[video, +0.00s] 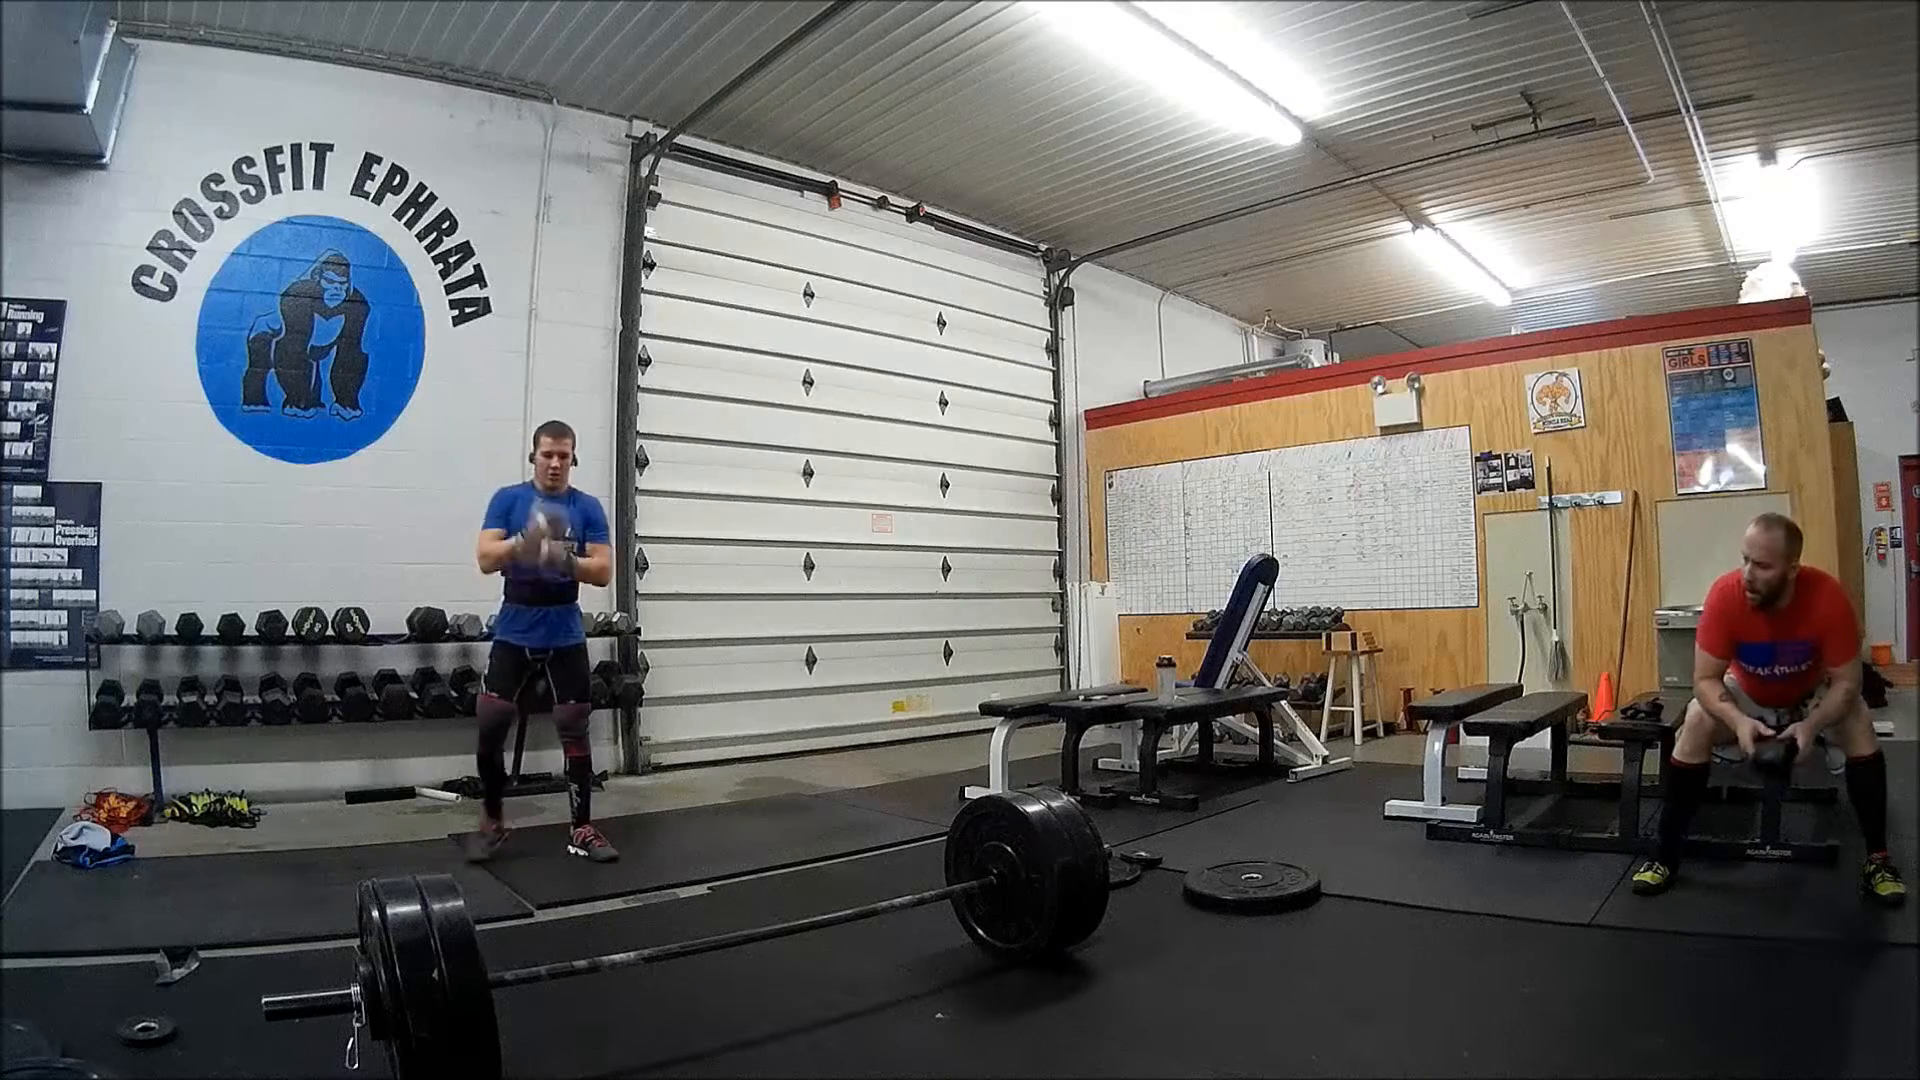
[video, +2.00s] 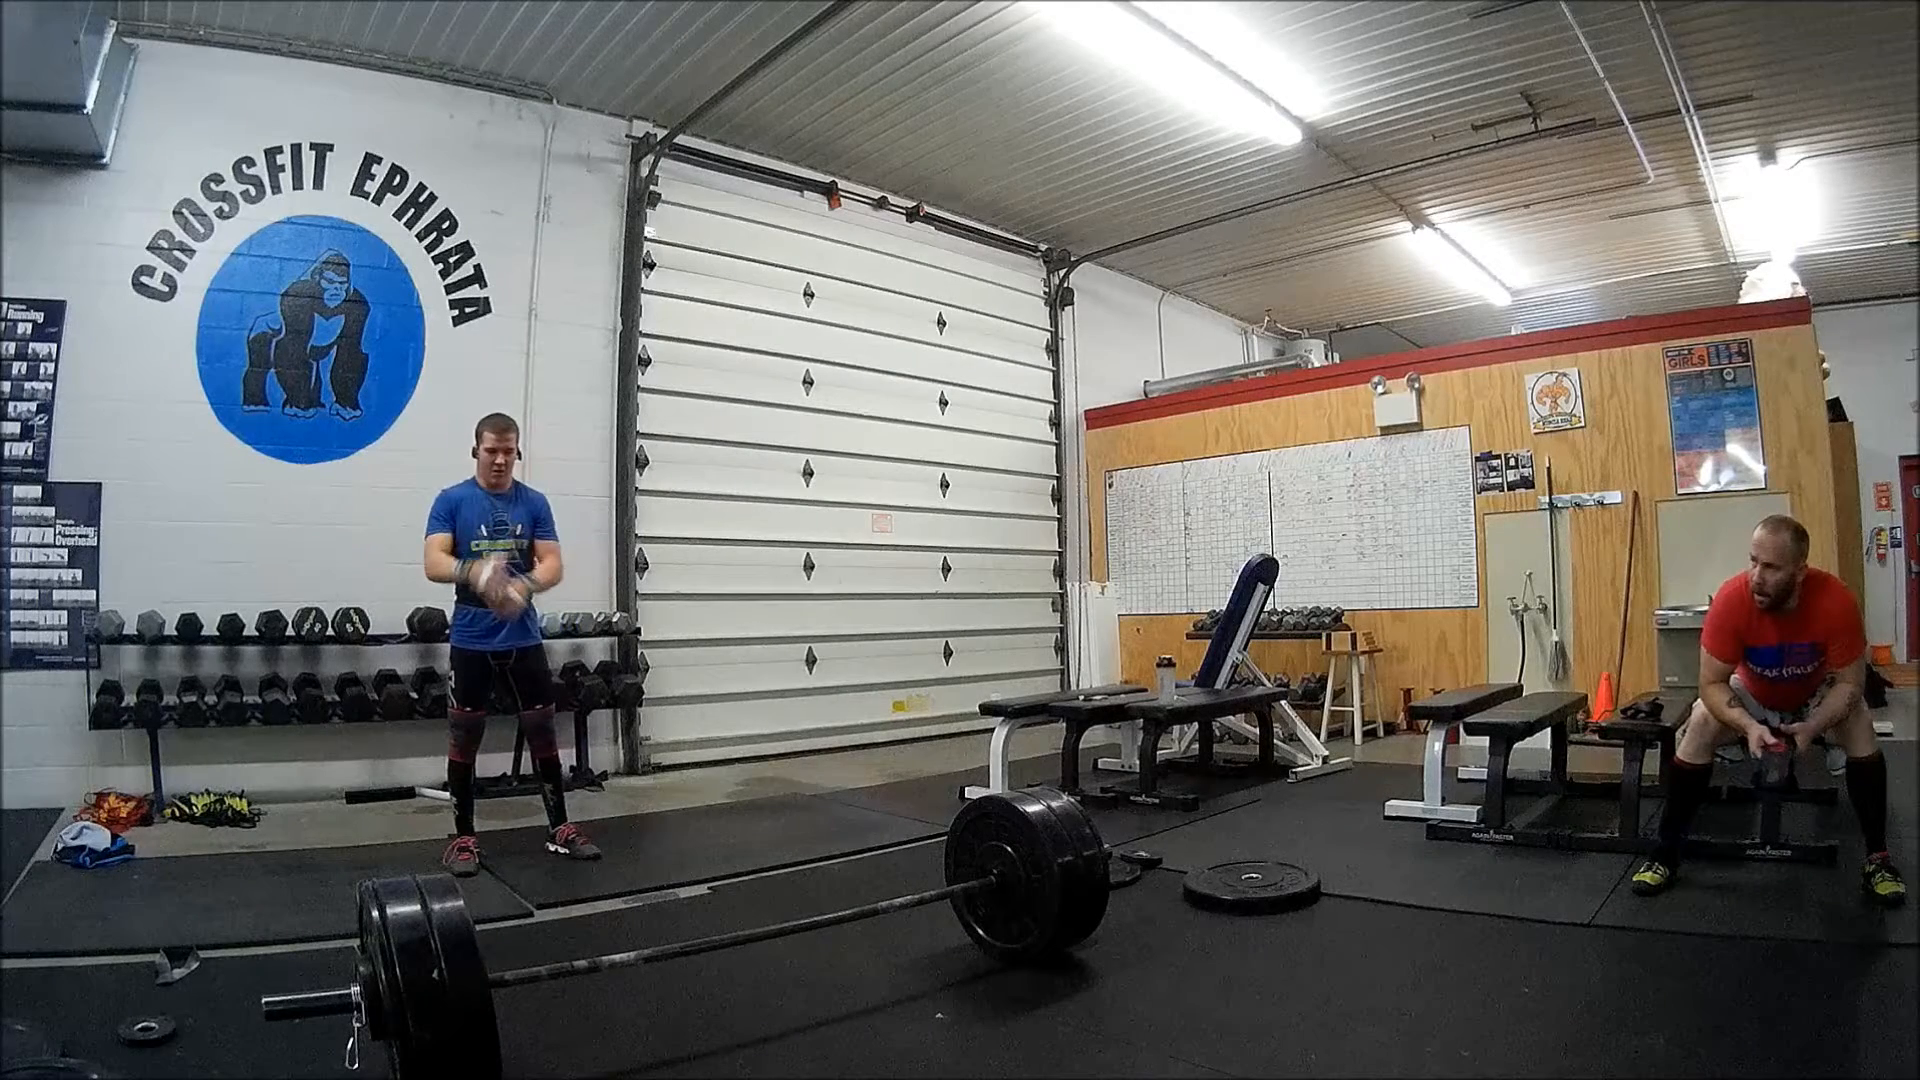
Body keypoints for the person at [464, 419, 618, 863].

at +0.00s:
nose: (555, 464)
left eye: (563, 457)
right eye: (548, 456)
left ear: (574, 460)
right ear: (534, 458)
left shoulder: (588, 508)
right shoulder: (508, 499)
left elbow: (602, 573)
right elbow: (486, 559)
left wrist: (563, 558)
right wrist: (523, 544)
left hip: (566, 636)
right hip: (514, 634)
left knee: (574, 729)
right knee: (490, 725)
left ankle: (582, 828)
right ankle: (492, 823)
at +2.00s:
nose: (499, 460)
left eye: (507, 452)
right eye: (491, 451)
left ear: (518, 453)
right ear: (476, 451)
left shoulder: (534, 503)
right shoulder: (451, 501)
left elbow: (552, 567)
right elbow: (433, 563)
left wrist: (524, 585)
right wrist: (474, 572)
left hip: (524, 641)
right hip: (471, 643)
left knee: (541, 728)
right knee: (465, 734)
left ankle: (560, 827)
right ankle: (464, 836)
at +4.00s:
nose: (538, 464)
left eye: (546, 456)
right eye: (530, 454)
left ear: (554, 457)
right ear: (510, 453)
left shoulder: (564, 507)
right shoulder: (481, 499)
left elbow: (594, 572)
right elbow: (463, 565)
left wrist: (554, 609)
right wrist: (529, 596)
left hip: (548, 648)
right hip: (492, 650)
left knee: (574, 740)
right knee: (479, 742)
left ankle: (597, 854)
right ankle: (467, 838)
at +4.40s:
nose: (598, 441)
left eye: (606, 431)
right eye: (588, 431)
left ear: (616, 429)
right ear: (567, 429)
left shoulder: (629, 491)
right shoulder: (534, 483)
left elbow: (655, 565)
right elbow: (510, 557)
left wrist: (622, 584)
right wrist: (575, 570)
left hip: (607, 649)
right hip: (550, 649)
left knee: (603, 757)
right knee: (547, 758)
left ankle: (600, 860)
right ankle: (550, 878)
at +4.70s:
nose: (608, 431)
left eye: (618, 420)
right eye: (596, 420)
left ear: (629, 417)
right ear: (572, 416)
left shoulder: (652, 477)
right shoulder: (543, 480)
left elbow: (671, 566)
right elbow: (541, 566)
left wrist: (621, 563)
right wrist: (589, 536)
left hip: (636, 647)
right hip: (575, 651)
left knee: (669, 768)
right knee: (577, 779)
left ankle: (612, 842)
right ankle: (581, 916)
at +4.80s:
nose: (624, 423)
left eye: (634, 411)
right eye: (613, 411)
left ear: (643, 408)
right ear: (587, 406)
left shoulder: (665, 469)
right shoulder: (555, 470)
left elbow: (689, 561)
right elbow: (555, 560)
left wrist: (644, 567)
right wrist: (625, 540)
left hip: (652, 646)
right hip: (585, 654)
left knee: (705, 759)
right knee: (582, 786)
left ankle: (648, 864)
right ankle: (580, 917)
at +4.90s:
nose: (648, 422)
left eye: (658, 410)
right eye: (635, 409)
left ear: (669, 408)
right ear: (610, 404)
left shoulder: (687, 473)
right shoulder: (573, 469)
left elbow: (712, 557)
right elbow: (559, 562)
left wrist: (699, 583)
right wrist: (634, 575)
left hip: (668, 653)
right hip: (598, 658)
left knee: (727, 760)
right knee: (593, 788)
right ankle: (583, 919)